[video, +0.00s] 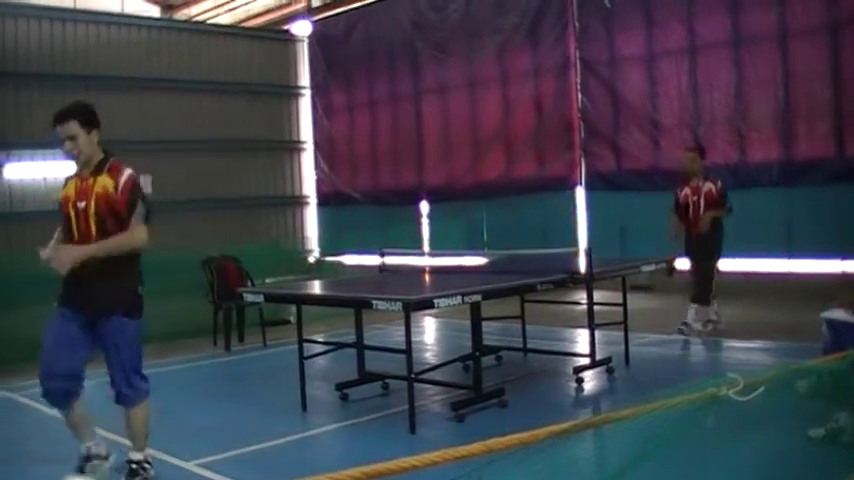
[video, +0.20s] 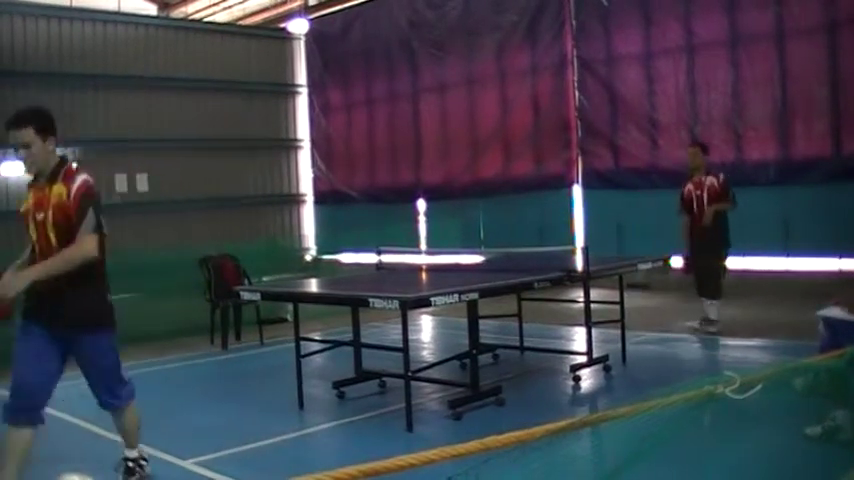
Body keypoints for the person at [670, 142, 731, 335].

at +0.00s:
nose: (688, 165)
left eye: (693, 161)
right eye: (687, 161)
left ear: (701, 163)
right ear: (684, 163)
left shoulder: (714, 186)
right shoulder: (682, 190)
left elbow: (724, 209)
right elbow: (679, 215)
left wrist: (709, 214)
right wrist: (680, 227)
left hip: (711, 235)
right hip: (692, 235)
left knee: (703, 273)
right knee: (701, 273)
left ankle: (693, 315)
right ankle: (711, 312)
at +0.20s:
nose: (693, 159)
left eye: (696, 155)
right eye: (690, 155)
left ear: (704, 157)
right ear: (689, 158)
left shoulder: (717, 180)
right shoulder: (687, 187)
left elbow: (729, 203)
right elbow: (687, 218)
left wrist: (712, 208)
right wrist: (687, 248)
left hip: (715, 238)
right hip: (697, 239)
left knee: (712, 275)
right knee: (701, 276)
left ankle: (713, 318)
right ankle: (707, 317)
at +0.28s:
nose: (697, 159)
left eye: (701, 155)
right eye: (695, 155)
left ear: (708, 157)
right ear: (692, 158)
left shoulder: (721, 180)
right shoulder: (692, 186)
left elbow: (732, 204)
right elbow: (690, 214)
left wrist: (714, 207)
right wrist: (690, 242)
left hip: (720, 238)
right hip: (700, 240)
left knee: (722, 276)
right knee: (703, 277)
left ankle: (727, 315)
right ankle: (709, 315)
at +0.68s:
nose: (728, 159)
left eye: (732, 155)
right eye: (725, 155)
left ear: (738, 158)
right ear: (721, 159)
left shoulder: (750, 183)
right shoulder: (714, 185)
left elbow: (758, 206)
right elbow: (709, 214)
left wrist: (741, 207)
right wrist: (703, 245)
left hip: (745, 236)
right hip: (722, 236)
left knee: (749, 271)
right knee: (719, 272)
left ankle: (755, 313)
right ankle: (712, 314)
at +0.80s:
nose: (737, 158)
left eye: (741, 153)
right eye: (735, 153)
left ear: (748, 156)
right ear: (730, 156)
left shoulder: (758, 181)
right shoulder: (721, 183)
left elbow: (766, 206)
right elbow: (714, 215)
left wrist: (754, 214)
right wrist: (708, 246)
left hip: (752, 237)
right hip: (728, 237)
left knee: (754, 274)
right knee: (723, 273)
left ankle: (756, 314)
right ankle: (713, 314)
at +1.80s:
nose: (712, 158)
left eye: (716, 154)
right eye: (710, 154)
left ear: (724, 156)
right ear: (707, 158)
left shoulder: (737, 181)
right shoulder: (702, 186)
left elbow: (749, 205)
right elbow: (699, 216)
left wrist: (731, 210)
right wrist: (697, 243)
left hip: (733, 241)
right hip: (711, 242)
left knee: (742, 277)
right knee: (710, 280)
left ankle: (754, 312)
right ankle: (711, 320)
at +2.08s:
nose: (692, 157)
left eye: (696, 152)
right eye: (690, 153)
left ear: (705, 155)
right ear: (689, 156)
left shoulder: (721, 179)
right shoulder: (686, 186)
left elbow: (732, 203)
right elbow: (684, 219)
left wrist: (714, 209)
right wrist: (678, 249)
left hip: (718, 235)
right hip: (698, 236)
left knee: (718, 274)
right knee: (702, 276)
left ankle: (725, 317)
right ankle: (710, 318)